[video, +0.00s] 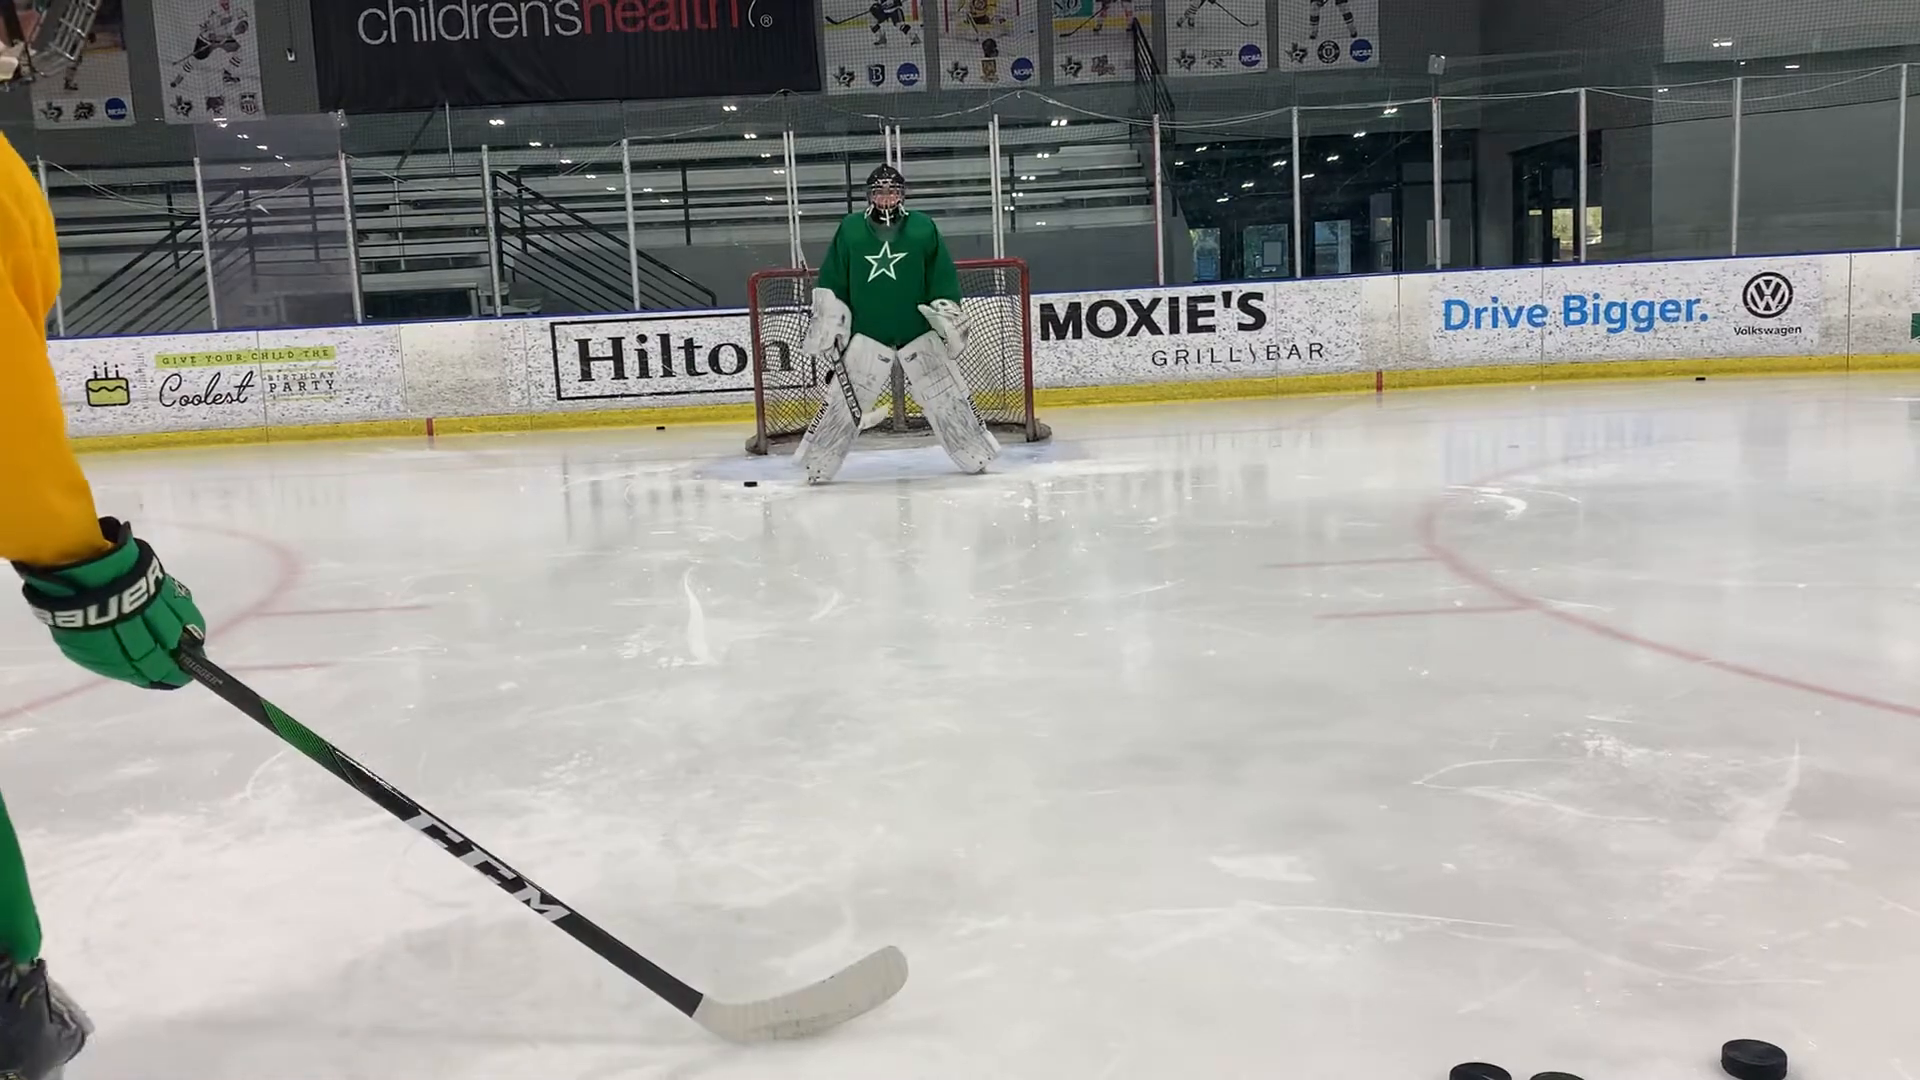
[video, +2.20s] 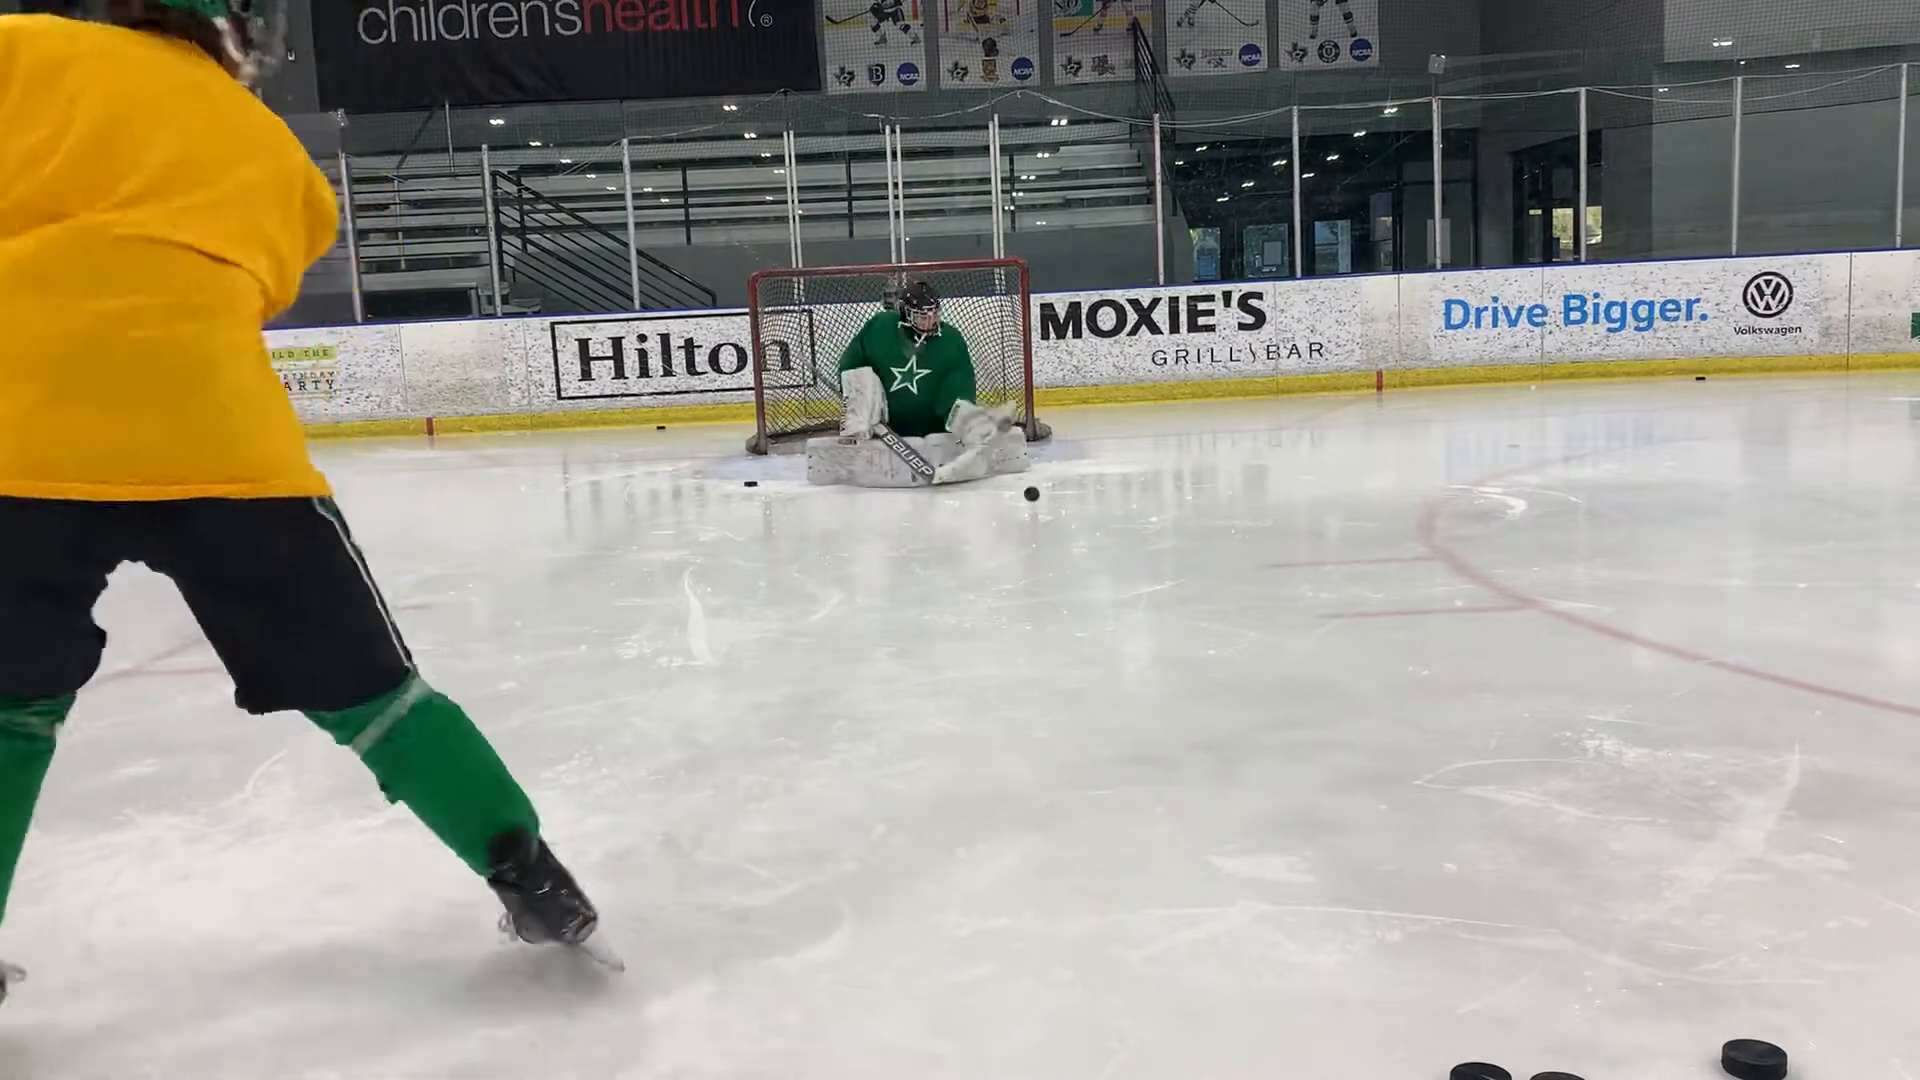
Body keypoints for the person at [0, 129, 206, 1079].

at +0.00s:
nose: (28, 23)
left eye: (32, 1)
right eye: (23, 1)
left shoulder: (17, 183)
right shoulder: (5, 183)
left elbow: (10, 368)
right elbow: (6, 372)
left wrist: (72, 556)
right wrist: (79, 560)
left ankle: (17, 996)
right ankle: (13, 999)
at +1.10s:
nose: (157, 95)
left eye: (173, 74)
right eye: (147, 61)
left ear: (58, 39)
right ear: (65, 33)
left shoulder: (31, 157)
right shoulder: (27, 185)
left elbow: (49, 408)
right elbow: (64, 428)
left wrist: (180, 534)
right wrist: (201, 548)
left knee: (13, 688)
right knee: (12, 690)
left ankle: (28, 962)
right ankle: (27, 970)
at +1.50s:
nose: (270, 150)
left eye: (278, 125)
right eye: (267, 121)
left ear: (158, 86)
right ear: (220, 106)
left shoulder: (47, 134)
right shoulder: (164, 233)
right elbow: (193, 459)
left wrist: (121, 517)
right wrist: (300, 609)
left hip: (12, 473)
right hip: (11, 485)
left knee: (132, 650)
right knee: (147, 650)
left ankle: (155, 910)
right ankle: (167, 921)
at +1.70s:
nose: (358, 146)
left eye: (366, 120)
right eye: (357, 116)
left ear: (245, 77)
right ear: (309, 95)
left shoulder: (129, 129)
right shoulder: (241, 196)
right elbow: (254, 412)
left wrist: (223, 504)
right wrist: (336, 550)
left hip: (6, 438)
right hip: (98, 453)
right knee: (248, 635)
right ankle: (324, 857)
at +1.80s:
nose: (401, 152)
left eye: (407, 125)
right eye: (400, 120)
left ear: (283, 79)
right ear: (360, 101)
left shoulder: (142, 88)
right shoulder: (347, 229)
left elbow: (60, 175)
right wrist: (430, 428)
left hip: (19, 423)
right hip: (194, 469)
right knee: (292, 666)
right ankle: (379, 851)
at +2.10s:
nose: (343, 109)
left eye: (349, 88)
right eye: (343, 84)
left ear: (223, 33)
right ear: (313, 62)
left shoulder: (71, 66)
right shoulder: (334, 175)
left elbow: (1, 261)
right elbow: (333, 284)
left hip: (79, 453)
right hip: (270, 465)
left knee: (13, 701)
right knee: (348, 704)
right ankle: (521, 861)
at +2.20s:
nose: (247, 63)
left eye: (245, 45)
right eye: (240, 45)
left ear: (98, 11)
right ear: (210, 33)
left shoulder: (18, 54)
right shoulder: (261, 133)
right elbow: (265, 284)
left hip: (23, 436)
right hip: (217, 430)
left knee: (14, 716)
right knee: (378, 699)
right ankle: (528, 872)